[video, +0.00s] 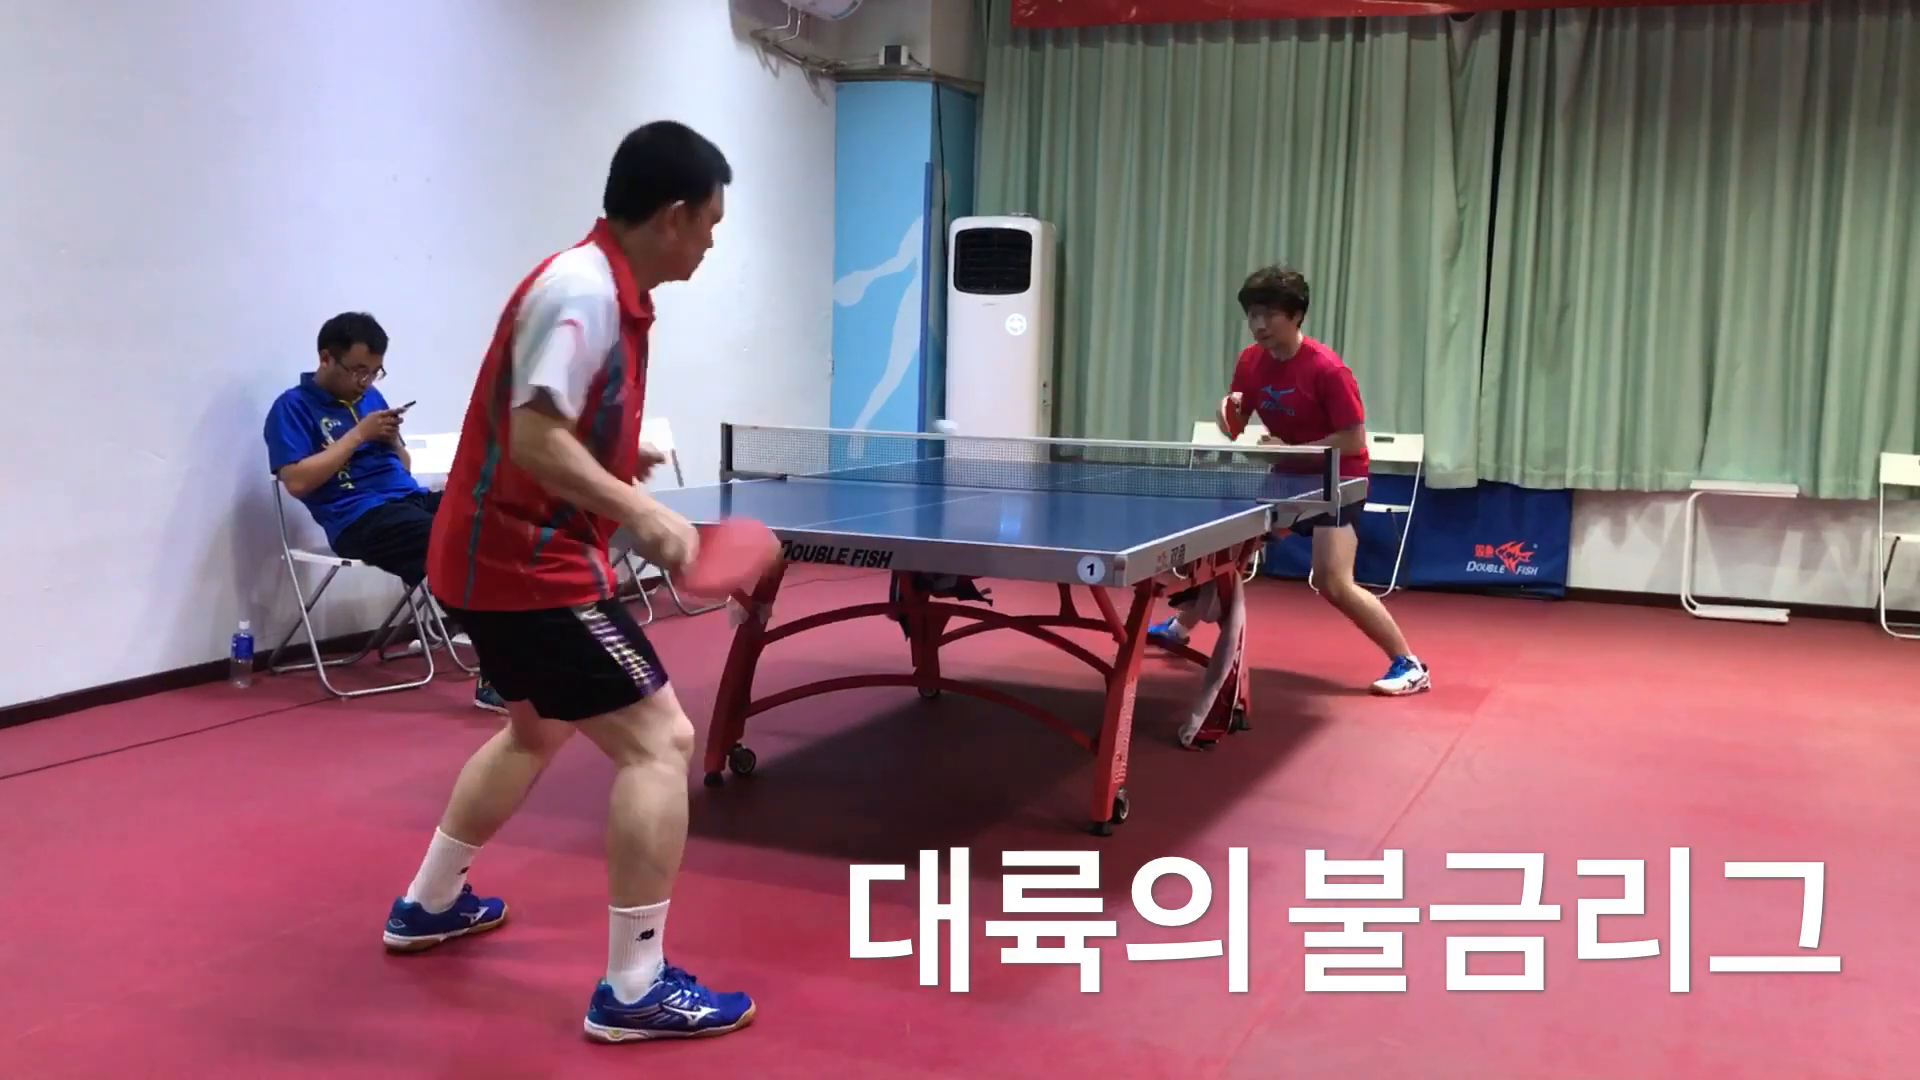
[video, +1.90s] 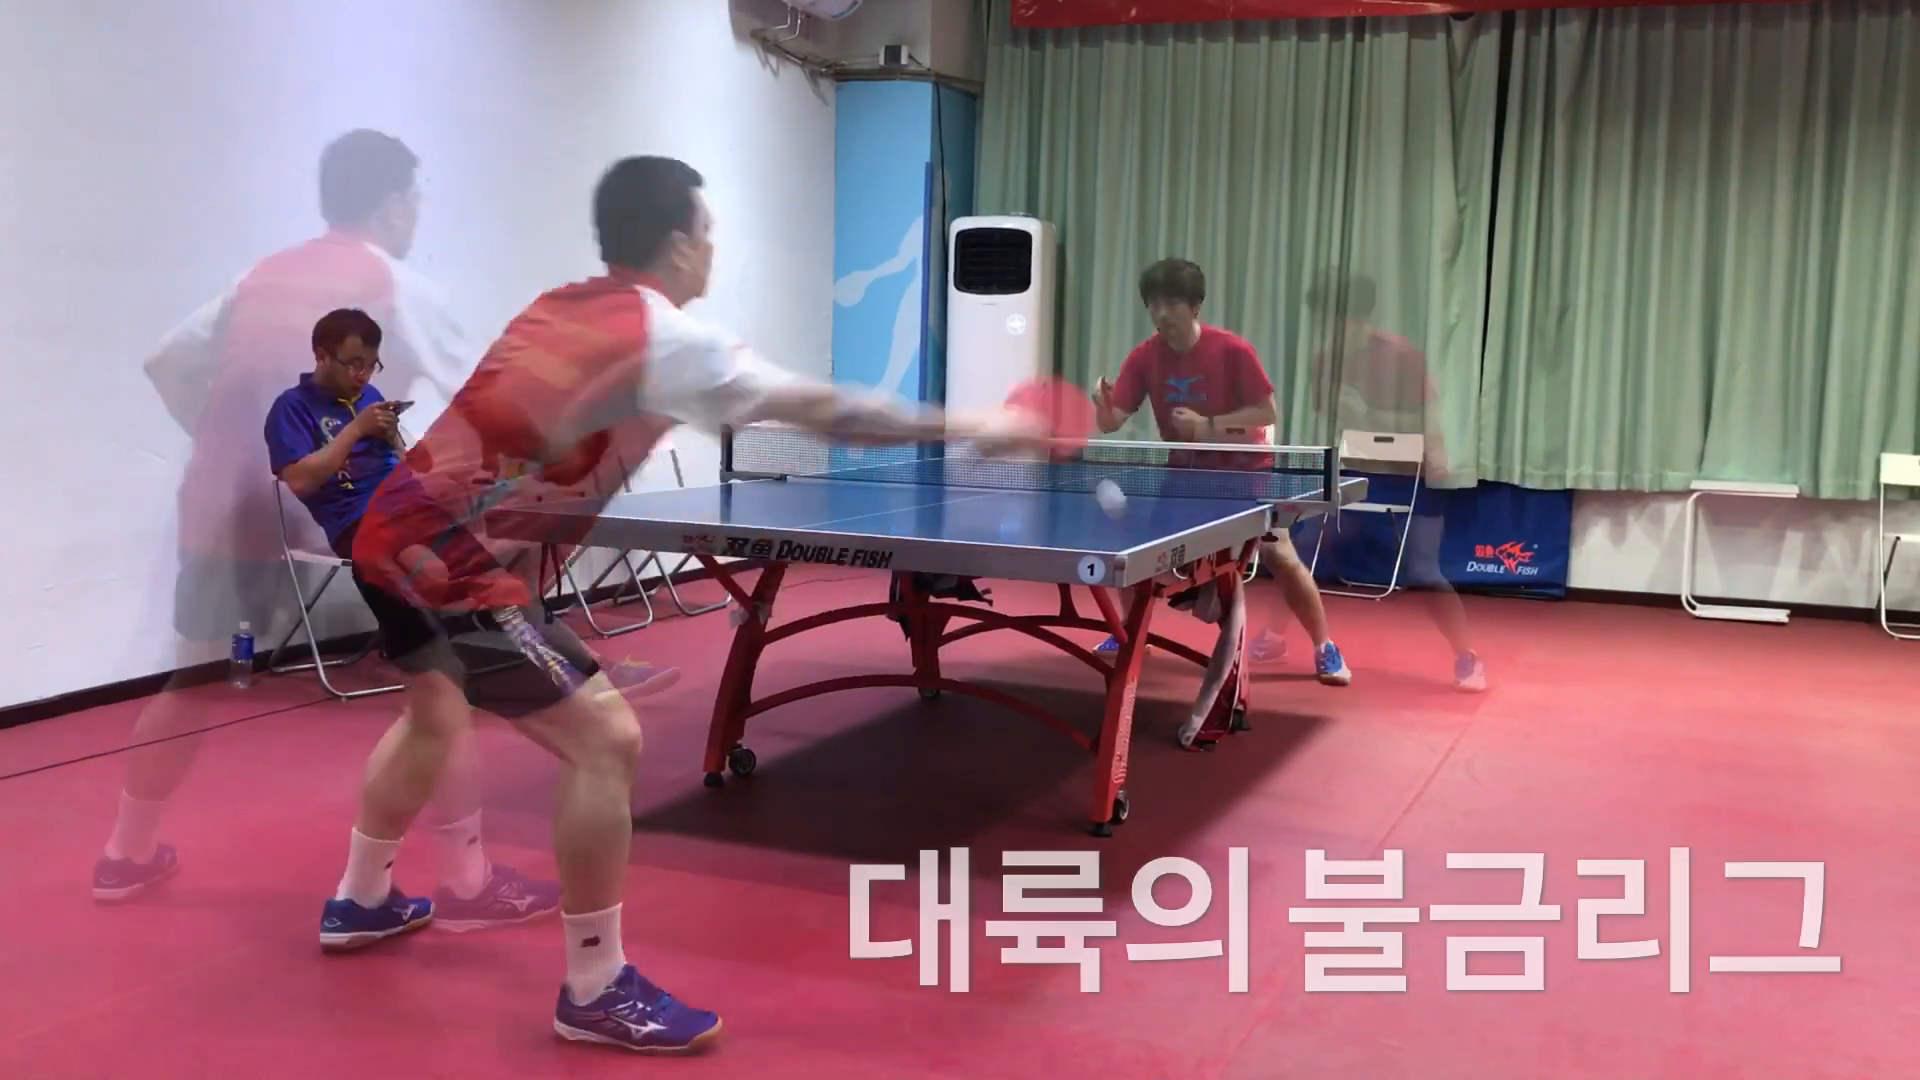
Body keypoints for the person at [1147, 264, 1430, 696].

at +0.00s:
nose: (1258, 325)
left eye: (1268, 314)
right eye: (1252, 316)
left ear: (1295, 314)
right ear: (1248, 318)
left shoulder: (1328, 370)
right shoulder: (1252, 362)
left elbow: (1354, 440)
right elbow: (1234, 428)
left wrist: (1290, 448)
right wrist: (1229, 413)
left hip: (1337, 478)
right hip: (1285, 474)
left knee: (1333, 581)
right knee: (1222, 541)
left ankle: (1408, 664)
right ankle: (1180, 628)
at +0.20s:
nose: (1220, 315)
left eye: (1231, 306)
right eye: (1214, 307)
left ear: (1256, 309)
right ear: (1208, 311)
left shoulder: (1287, 360)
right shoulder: (1215, 361)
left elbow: (1321, 428)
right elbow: (1205, 420)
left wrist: (1259, 443)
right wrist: (1181, 421)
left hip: (1305, 478)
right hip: (1252, 477)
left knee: (1328, 579)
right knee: (1189, 537)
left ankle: (1405, 662)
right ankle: (1169, 630)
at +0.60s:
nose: (1175, 343)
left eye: (1180, 334)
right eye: (1172, 335)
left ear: (1209, 330)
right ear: (1204, 331)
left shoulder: (1250, 373)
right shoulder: (1202, 370)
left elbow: (1281, 442)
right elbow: (1193, 413)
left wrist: (1222, 443)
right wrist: (1132, 399)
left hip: (1295, 482)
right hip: (1245, 481)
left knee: (1297, 580)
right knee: (1183, 539)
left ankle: (1365, 659)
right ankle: (1166, 631)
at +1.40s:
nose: (1156, 344)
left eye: (1162, 336)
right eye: (1153, 336)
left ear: (1191, 330)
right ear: (1181, 331)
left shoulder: (1229, 375)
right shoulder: (1181, 368)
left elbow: (1263, 445)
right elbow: (1169, 405)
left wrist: (1206, 446)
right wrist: (1104, 398)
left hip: (1273, 482)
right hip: (1224, 480)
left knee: (1285, 580)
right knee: (1159, 541)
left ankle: (1350, 655)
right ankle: (1131, 633)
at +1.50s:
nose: (1156, 332)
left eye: (1162, 323)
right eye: (1154, 323)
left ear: (1192, 321)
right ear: (1178, 323)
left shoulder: (1238, 364)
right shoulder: (1164, 363)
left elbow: (1271, 431)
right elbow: (1115, 386)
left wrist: (1210, 437)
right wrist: (1081, 367)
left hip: (1270, 478)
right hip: (1215, 477)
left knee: (1290, 571)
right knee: (1158, 541)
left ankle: (1350, 654)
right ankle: (1132, 631)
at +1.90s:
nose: (1160, 315)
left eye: (1169, 305)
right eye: (1153, 306)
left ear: (1194, 304)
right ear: (1148, 308)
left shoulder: (1234, 352)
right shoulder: (1145, 358)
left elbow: (1266, 411)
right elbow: (1109, 424)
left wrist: (1209, 425)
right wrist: (1103, 405)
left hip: (1245, 479)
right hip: (1184, 481)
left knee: (1282, 556)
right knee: (1139, 548)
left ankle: (1325, 647)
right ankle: (1130, 634)